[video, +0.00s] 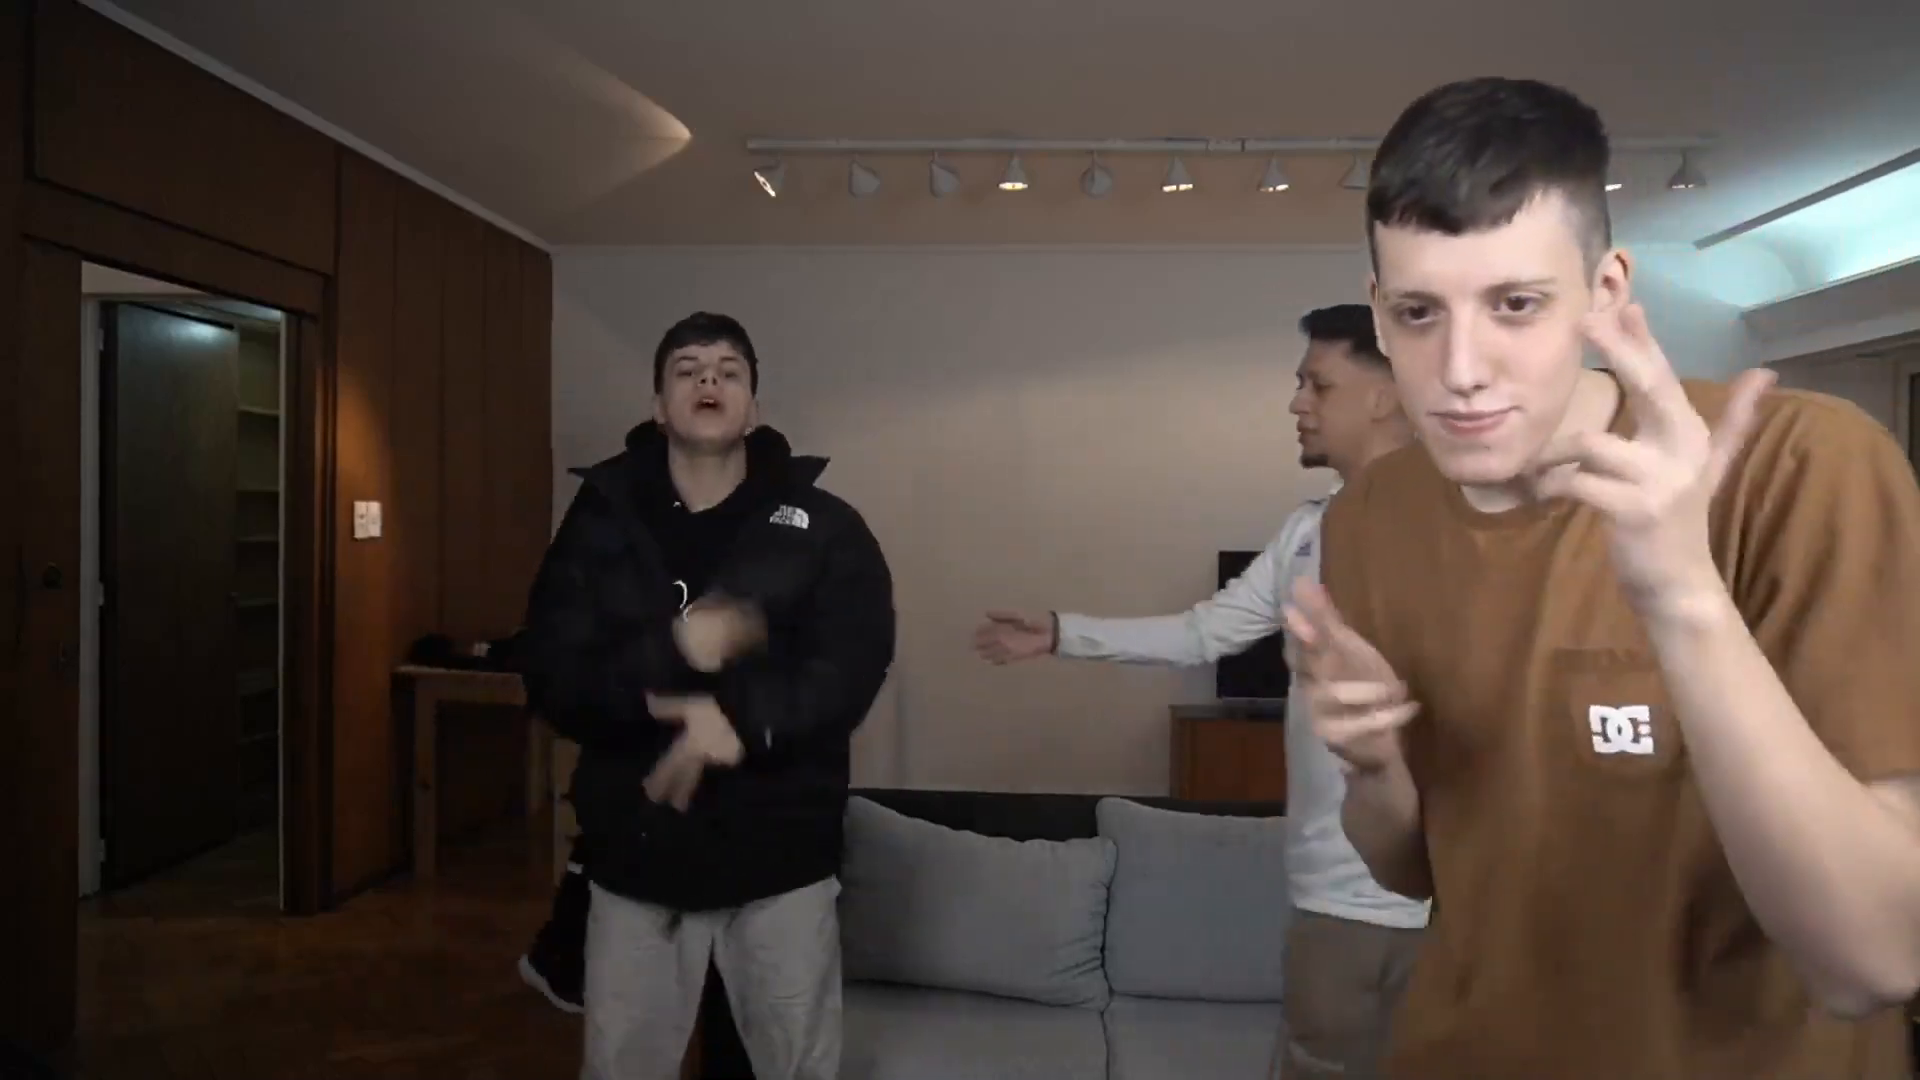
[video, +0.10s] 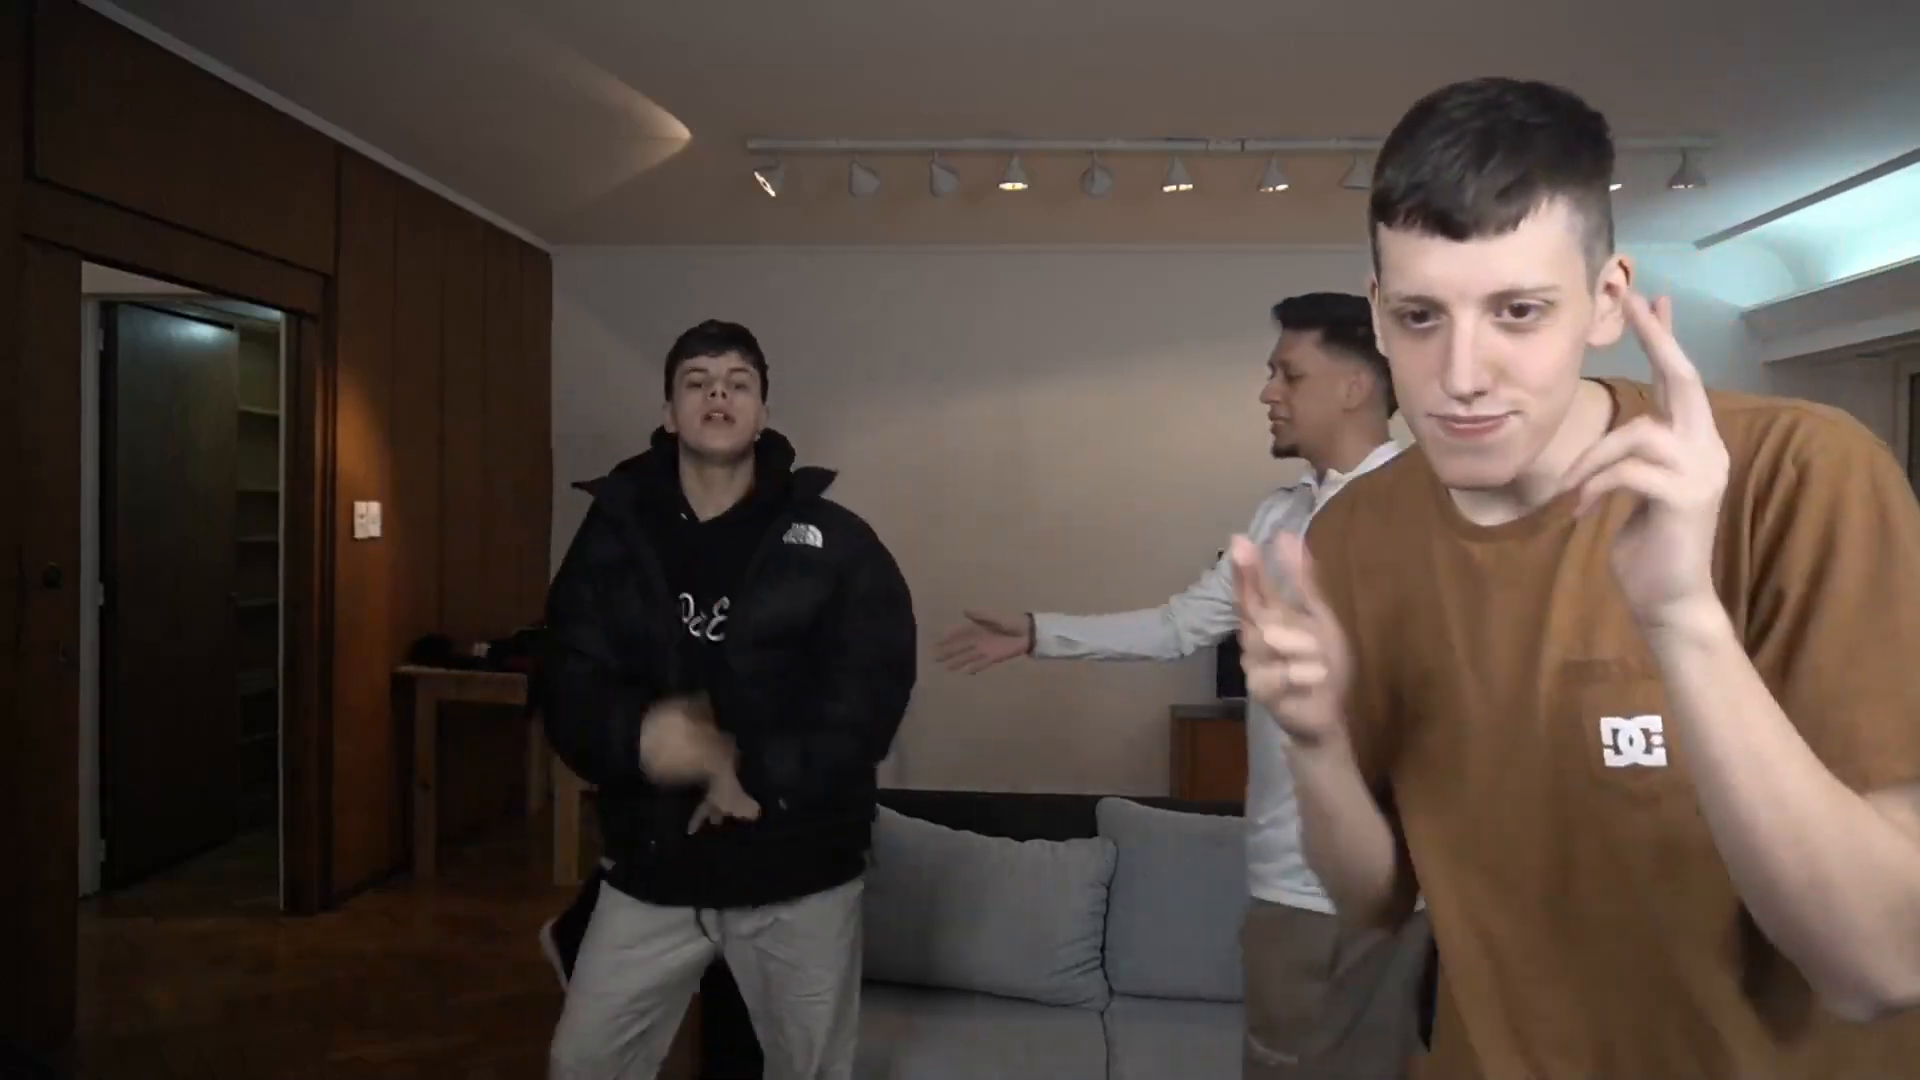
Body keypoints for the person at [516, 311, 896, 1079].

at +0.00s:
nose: (709, 382)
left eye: (729, 372)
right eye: (687, 372)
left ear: (755, 404)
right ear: (659, 403)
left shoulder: (822, 524)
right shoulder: (603, 515)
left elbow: (851, 667)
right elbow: (552, 676)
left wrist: (734, 722)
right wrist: (675, 648)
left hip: (780, 857)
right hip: (636, 858)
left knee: (797, 1066)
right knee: (621, 1066)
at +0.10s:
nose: (719, 396)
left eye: (739, 383)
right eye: (697, 383)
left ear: (764, 414)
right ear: (669, 412)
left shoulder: (836, 543)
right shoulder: (615, 530)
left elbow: (868, 705)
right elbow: (565, 691)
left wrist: (749, 771)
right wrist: (684, 743)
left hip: (799, 872)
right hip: (650, 871)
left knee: (814, 1070)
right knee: (583, 1064)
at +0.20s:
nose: (731, 409)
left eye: (751, 395)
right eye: (709, 394)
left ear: (775, 421)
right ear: (679, 419)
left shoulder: (848, 554)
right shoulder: (623, 544)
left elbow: (894, 703)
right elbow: (567, 696)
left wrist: (824, 800)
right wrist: (626, 807)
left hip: (814, 895)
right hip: (660, 891)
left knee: (821, 1073)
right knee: (592, 1069)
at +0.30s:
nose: (730, 399)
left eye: (750, 385)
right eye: (708, 384)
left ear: (775, 415)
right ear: (679, 409)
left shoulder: (848, 539)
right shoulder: (616, 545)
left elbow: (910, 695)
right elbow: (563, 701)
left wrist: (854, 734)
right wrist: (615, 802)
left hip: (815, 881)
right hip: (666, 886)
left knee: (815, 1072)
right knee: (628, 1071)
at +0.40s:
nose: (719, 397)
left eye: (740, 383)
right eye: (698, 383)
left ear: (771, 411)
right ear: (670, 410)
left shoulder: (832, 532)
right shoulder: (606, 538)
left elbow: (909, 673)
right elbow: (547, 686)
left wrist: (850, 633)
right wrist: (595, 759)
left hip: (800, 872)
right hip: (652, 875)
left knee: (805, 1070)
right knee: (623, 1070)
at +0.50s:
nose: (706, 398)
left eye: (727, 384)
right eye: (684, 382)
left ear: (751, 410)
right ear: (655, 407)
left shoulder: (807, 530)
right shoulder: (593, 529)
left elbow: (880, 674)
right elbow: (514, 685)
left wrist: (852, 585)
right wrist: (583, 709)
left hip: (774, 866)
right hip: (629, 869)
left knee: (790, 1068)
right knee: (627, 1068)